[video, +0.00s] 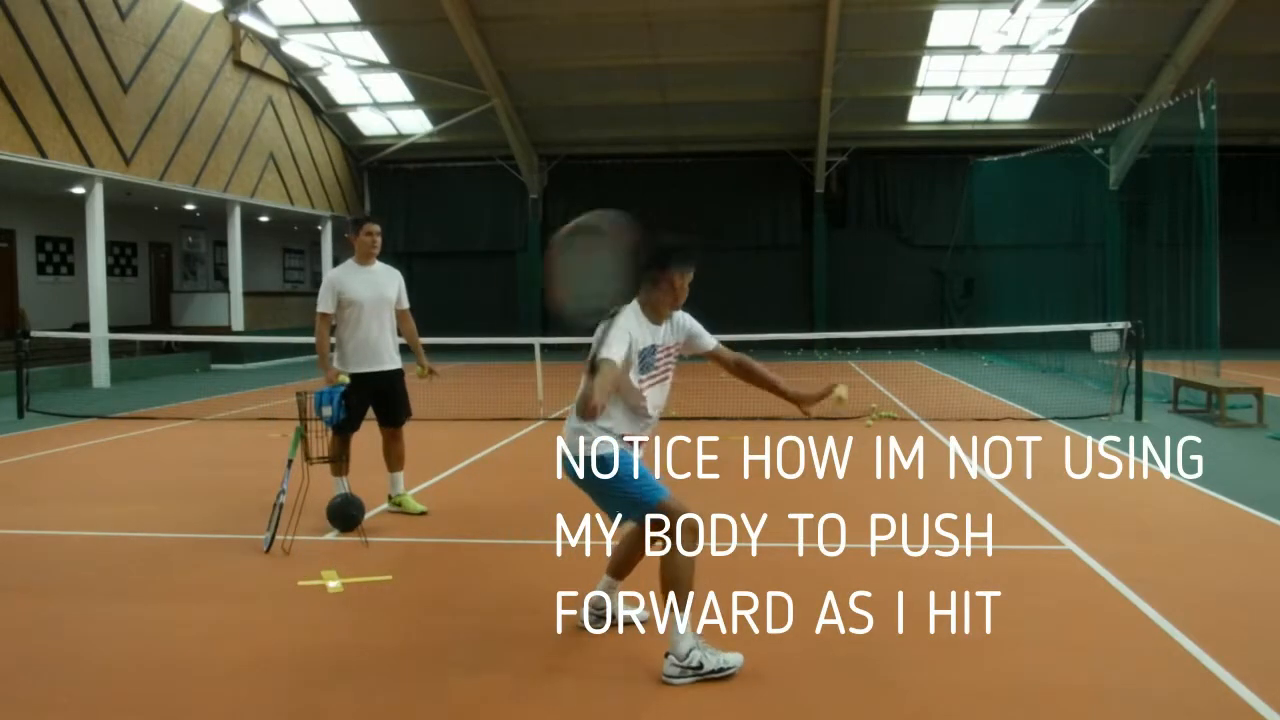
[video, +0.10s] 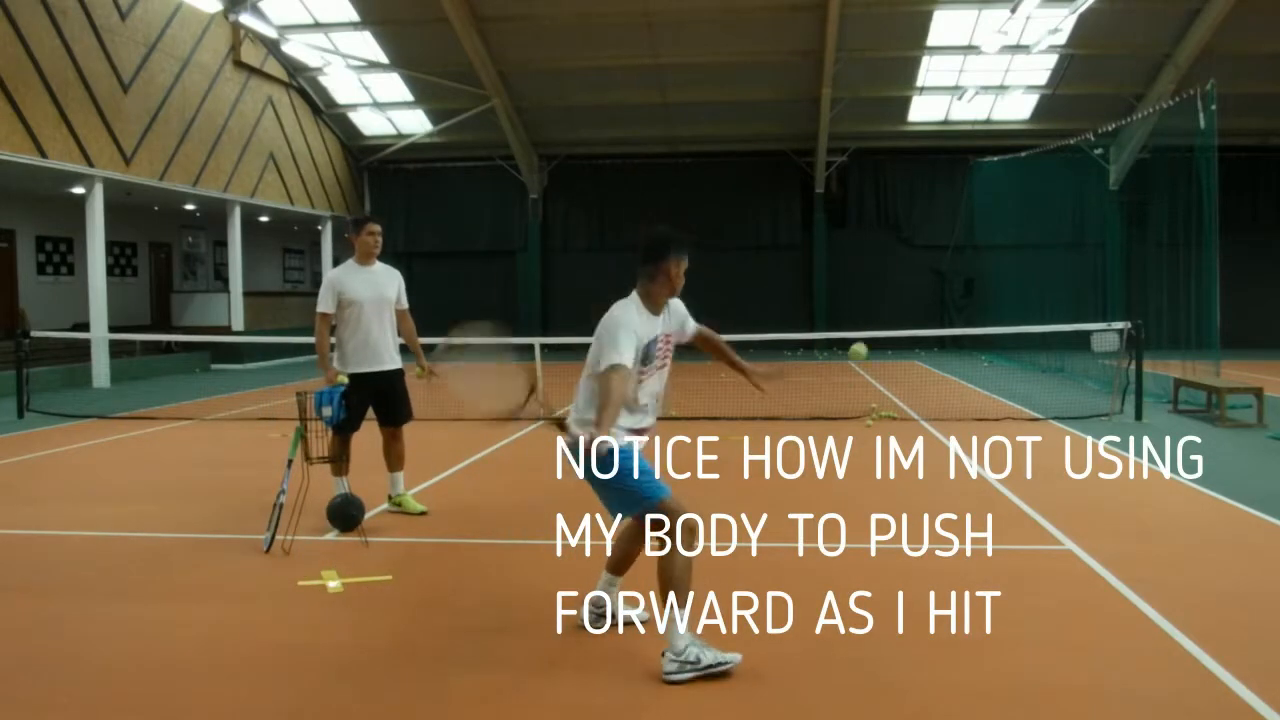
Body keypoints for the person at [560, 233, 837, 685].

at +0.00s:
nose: (686, 289)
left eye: (688, 281)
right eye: (680, 280)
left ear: (680, 285)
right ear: (656, 281)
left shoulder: (678, 321)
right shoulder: (624, 324)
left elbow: (733, 362)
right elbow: (607, 368)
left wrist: (795, 396)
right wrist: (595, 396)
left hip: (621, 446)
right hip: (593, 446)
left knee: (649, 521)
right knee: (680, 524)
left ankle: (599, 603)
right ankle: (683, 650)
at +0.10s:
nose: (681, 282)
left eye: (683, 274)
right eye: (675, 274)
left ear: (675, 275)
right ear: (652, 273)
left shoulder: (673, 308)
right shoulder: (622, 319)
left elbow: (705, 339)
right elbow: (615, 378)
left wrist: (744, 368)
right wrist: (603, 428)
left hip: (631, 440)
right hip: (603, 444)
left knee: (642, 518)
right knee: (681, 526)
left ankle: (600, 602)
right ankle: (679, 646)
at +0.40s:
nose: (667, 207)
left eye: (665, 200)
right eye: (666, 200)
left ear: (621, 200)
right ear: (656, 203)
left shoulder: (582, 246)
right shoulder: (667, 256)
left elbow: (540, 301)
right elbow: (699, 255)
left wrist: (580, 284)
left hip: (589, 402)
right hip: (650, 401)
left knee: (577, 503)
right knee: (670, 497)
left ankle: (577, 606)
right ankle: (695, 607)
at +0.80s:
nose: (570, 222)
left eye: (563, 214)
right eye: (568, 214)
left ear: (525, 218)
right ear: (562, 218)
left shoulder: (532, 275)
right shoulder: (575, 270)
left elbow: (561, 353)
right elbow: (530, 345)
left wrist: (520, 424)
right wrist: (495, 324)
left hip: (558, 432)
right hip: (605, 425)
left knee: (509, 539)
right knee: (637, 523)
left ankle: (547, 661)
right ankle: (700, 615)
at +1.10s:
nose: (524, 211)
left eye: (507, 205)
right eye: (525, 204)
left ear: (480, 208)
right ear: (524, 209)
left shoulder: (472, 260)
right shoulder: (546, 268)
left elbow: (480, 339)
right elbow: (565, 351)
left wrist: (433, 399)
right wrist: (540, 400)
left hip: (487, 426)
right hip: (542, 426)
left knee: (437, 528)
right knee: (530, 527)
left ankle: (472, 656)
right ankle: (546, 654)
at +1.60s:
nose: (444, 196)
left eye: (438, 188)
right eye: (444, 189)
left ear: (391, 194)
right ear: (438, 193)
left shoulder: (361, 255)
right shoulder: (449, 258)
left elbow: (347, 342)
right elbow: (462, 350)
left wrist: (403, 353)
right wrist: (486, 390)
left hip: (365, 432)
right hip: (428, 431)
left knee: (368, 567)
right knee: (479, 559)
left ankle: (350, 694)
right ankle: (523, 685)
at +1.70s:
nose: (445, 198)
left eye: (434, 190)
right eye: (445, 190)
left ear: (395, 195)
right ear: (440, 194)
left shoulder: (367, 259)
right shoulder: (443, 262)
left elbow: (383, 341)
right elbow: (453, 355)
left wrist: (453, 337)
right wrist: (468, 393)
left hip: (362, 440)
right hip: (423, 440)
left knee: (373, 566)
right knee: (478, 563)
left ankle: (350, 695)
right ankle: (485, 702)